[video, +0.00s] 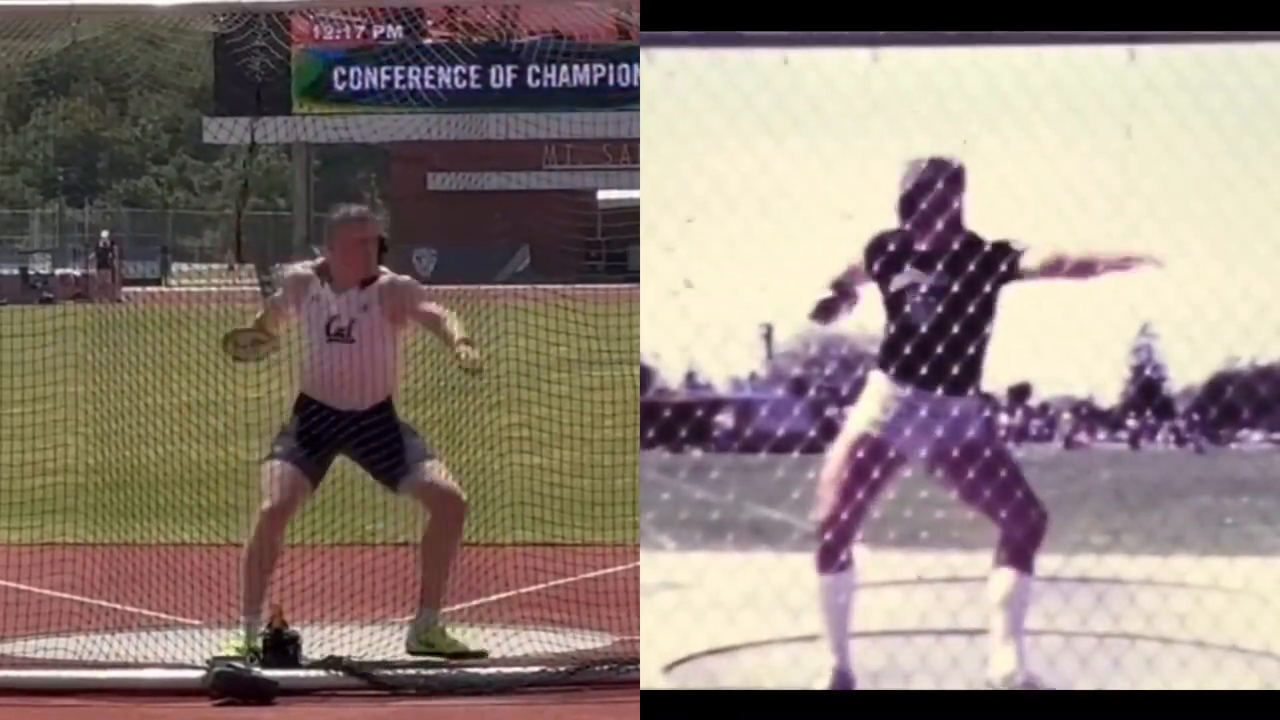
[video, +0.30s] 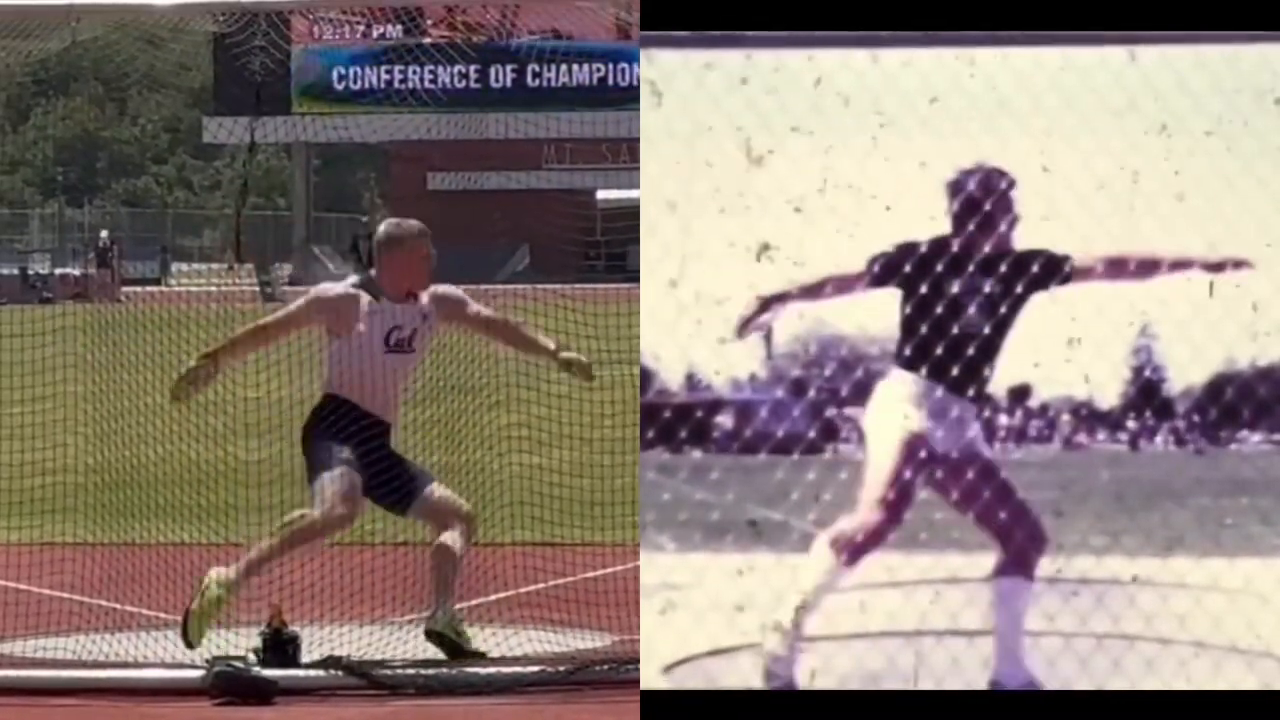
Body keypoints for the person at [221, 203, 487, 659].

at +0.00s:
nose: (367, 254)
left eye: (373, 244)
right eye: (356, 244)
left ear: (379, 246)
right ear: (329, 248)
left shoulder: (392, 288)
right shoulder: (302, 282)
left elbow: (436, 316)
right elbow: (273, 315)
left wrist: (458, 343)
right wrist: (259, 337)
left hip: (377, 422)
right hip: (313, 421)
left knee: (450, 504)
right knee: (274, 510)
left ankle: (426, 627)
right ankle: (248, 633)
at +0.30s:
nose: (432, 262)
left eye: (431, 255)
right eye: (425, 254)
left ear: (411, 259)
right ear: (396, 259)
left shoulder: (436, 302)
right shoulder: (342, 300)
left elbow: (500, 327)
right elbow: (267, 330)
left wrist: (557, 354)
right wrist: (210, 361)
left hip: (377, 449)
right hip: (335, 430)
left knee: (457, 517)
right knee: (337, 512)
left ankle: (441, 619)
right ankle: (224, 582)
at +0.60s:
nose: (454, 282)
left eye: (454, 272)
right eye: (448, 272)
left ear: (433, 277)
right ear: (420, 274)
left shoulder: (444, 319)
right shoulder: (366, 311)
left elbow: (504, 346)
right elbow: (292, 345)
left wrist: (571, 371)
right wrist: (225, 378)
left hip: (376, 446)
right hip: (351, 432)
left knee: (439, 537)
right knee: (387, 510)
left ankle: (438, 628)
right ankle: (310, 580)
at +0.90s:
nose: (453, 284)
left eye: (453, 274)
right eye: (451, 273)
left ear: (414, 267)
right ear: (437, 272)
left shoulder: (394, 305)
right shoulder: (400, 313)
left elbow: (416, 359)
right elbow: (355, 346)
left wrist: (449, 387)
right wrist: (317, 385)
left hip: (326, 433)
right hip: (359, 420)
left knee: (403, 532)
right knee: (456, 492)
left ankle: (432, 629)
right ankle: (509, 601)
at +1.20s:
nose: (400, 237)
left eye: (396, 230)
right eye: (399, 230)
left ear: (355, 232)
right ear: (394, 231)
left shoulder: (323, 273)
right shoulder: (393, 271)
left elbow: (252, 304)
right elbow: (424, 306)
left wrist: (260, 326)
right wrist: (464, 333)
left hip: (336, 404)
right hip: (389, 394)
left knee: (384, 516)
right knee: (447, 474)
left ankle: (429, 610)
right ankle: (454, 602)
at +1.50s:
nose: (339, 216)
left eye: (319, 209)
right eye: (350, 206)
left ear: (310, 216)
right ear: (356, 211)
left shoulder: (288, 264)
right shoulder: (384, 252)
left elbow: (221, 299)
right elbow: (460, 265)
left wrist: (199, 296)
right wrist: (528, 273)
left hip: (361, 398)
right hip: (407, 385)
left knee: (413, 513)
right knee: (375, 486)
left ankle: (465, 549)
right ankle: (385, 596)